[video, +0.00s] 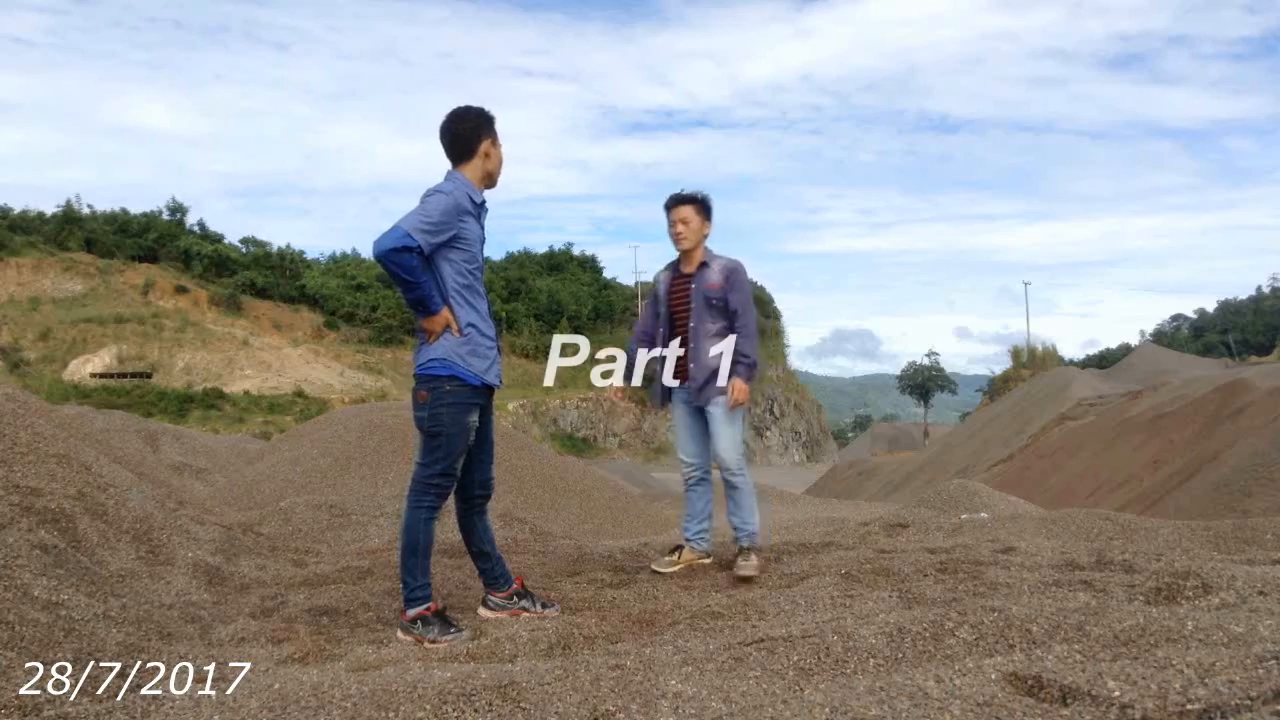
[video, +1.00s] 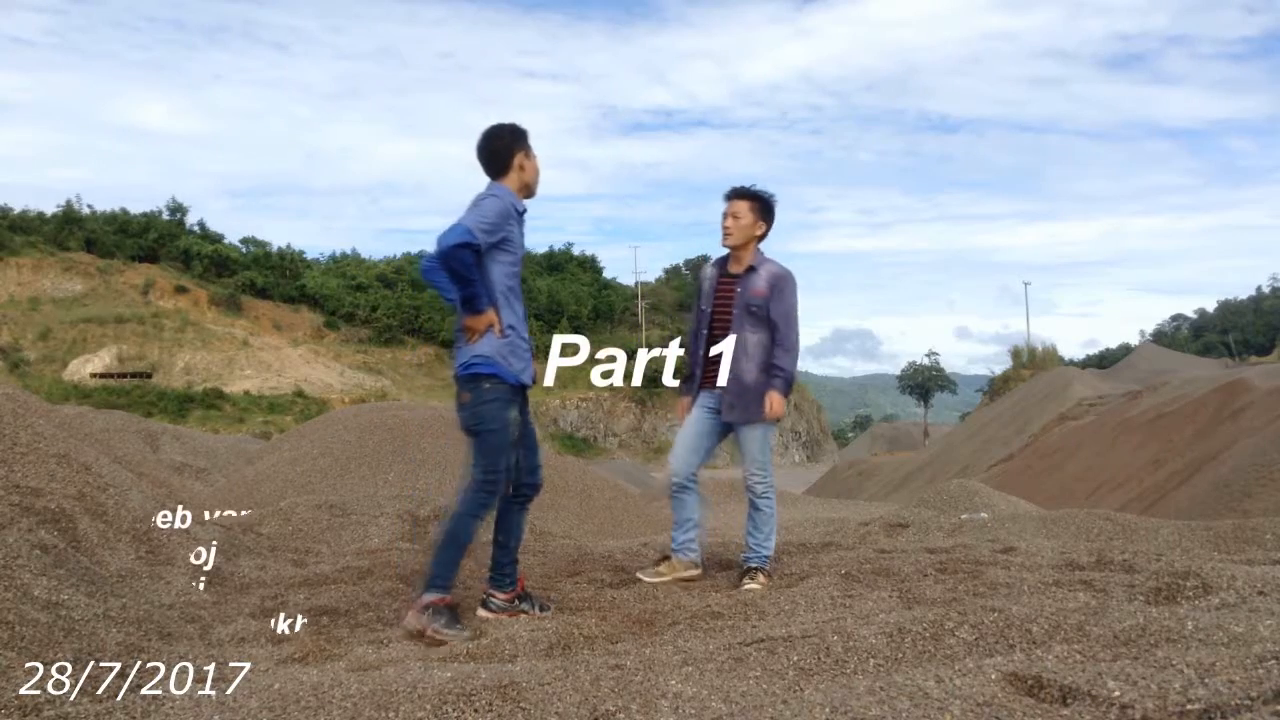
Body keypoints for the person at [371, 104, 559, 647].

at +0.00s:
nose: (502, 156)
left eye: (499, 145)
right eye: (499, 145)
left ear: (463, 150)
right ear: (486, 148)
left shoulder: (466, 204)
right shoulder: (450, 198)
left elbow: (419, 258)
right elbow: (393, 247)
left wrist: (453, 311)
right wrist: (432, 309)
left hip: (473, 376)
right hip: (448, 374)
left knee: (474, 494)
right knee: (430, 493)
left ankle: (501, 590)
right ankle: (418, 609)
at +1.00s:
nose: (538, 166)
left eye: (533, 157)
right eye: (533, 156)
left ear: (500, 165)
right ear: (520, 161)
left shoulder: (497, 209)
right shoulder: (499, 203)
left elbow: (432, 267)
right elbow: (450, 248)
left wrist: (473, 312)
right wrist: (474, 308)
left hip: (504, 378)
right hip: (489, 376)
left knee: (524, 480)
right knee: (487, 485)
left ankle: (504, 591)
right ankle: (432, 600)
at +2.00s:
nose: (565, 165)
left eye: (563, 155)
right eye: (562, 155)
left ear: (523, 158)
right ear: (549, 156)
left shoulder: (503, 202)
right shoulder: (527, 196)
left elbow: (463, 273)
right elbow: (494, 247)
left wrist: (520, 298)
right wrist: (548, 299)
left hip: (493, 364)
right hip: (516, 363)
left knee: (513, 476)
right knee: (547, 469)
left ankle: (504, 586)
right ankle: (534, 588)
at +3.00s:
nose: (366, 163)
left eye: (361, 153)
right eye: (361, 153)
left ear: (315, 162)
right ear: (345, 155)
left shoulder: (273, 215)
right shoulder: (360, 205)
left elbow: (221, 291)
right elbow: (358, 286)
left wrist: (251, 362)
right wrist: (358, 370)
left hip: (281, 385)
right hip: (338, 381)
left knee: (293, 506)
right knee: (402, 487)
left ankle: (251, 631)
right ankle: (415, 615)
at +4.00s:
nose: (491, 156)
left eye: (489, 144)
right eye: (489, 143)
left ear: (448, 141)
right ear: (474, 140)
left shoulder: (434, 197)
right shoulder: (438, 186)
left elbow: (459, 297)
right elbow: (457, 265)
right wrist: (544, 277)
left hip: (446, 380)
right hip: (428, 377)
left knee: (504, 472)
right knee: (406, 503)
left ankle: (514, 592)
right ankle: (349, 631)